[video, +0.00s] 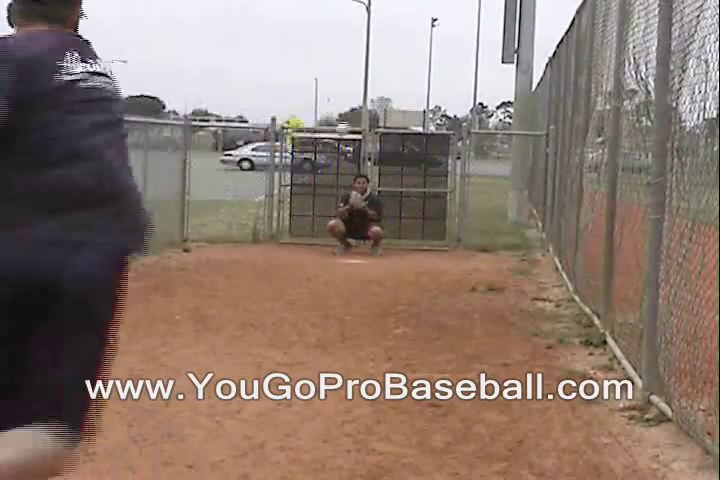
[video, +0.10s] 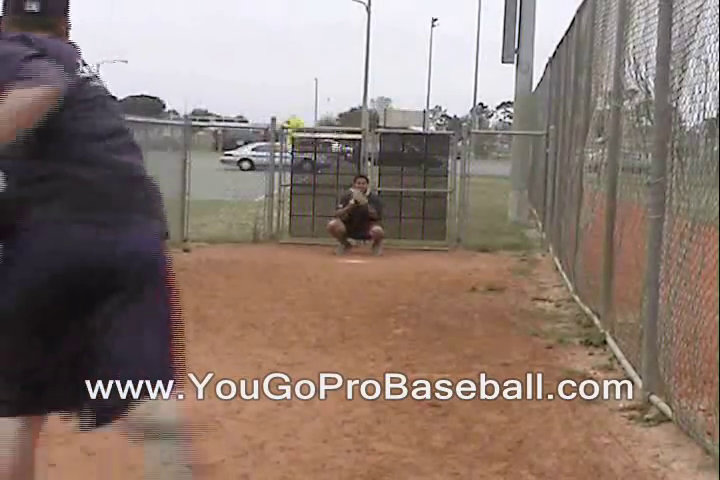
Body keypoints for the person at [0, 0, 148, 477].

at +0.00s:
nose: (81, 18)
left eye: (14, 13)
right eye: (80, 12)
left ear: (14, 15)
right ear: (76, 13)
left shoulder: (11, 57)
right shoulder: (94, 63)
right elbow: (109, 160)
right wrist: (134, 224)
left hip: (18, 248)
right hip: (93, 245)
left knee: (15, 410)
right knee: (55, 428)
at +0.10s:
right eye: (70, 26)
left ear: (5, 21)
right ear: (65, 27)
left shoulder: (13, 45)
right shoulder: (80, 69)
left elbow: (44, 84)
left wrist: (0, 138)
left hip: (55, 240)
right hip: (133, 239)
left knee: (16, 414)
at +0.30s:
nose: (25, 56)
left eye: (27, 48)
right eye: (34, 50)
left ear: (33, 46)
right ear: (84, 47)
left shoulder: (39, 71)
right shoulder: (112, 92)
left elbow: (83, 108)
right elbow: (128, 190)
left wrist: (28, 193)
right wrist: (52, 239)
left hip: (119, 251)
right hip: (193, 242)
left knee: (58, 415)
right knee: (281, 386)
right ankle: (439, 448)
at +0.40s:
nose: (59, 65)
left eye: (60, 59)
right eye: (61, 60)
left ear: (63, 58)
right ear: (116, 55)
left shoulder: (68, 91)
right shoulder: (148, 100)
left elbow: (100, 139)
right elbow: (165, 188)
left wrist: (63, 234)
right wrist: (105, 250)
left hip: (154, 263)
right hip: (229, 256)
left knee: (82, 416)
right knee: (288, 392)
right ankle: (379, 472)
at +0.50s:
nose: (98, 77)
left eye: (98, 69)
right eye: (101, 68)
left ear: (103, 74)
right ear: (157, 69)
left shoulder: (120, 121)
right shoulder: (191, 118)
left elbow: (158, 180)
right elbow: (210, 211)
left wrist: (110, 261)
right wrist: (149, 282)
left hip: (197, 280)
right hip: (264, 274)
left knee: (106, 423)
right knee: (266, 423)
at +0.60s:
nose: (141, 79)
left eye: (140, 71)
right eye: (144, 71)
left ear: (145, 76)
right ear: (196, 70)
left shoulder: (169, 127)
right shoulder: (227, 117)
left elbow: (210, 205)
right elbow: (257, 209)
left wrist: (160, 268)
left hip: (223, 302)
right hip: (280, 299)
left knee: (123, 421)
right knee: (252, 429)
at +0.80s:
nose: (179, 14)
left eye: (179, 10)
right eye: (185, 10)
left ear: (184, 8)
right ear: (234, 8)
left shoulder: (183, 52)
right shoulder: (281, 60)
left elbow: (198, 128)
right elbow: (345, 133)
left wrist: (149, 183)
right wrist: (381, 186)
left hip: (217, 243)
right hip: (287, 244)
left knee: (177, 376)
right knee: (284, 377)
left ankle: (207, 473)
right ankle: (307, 474)